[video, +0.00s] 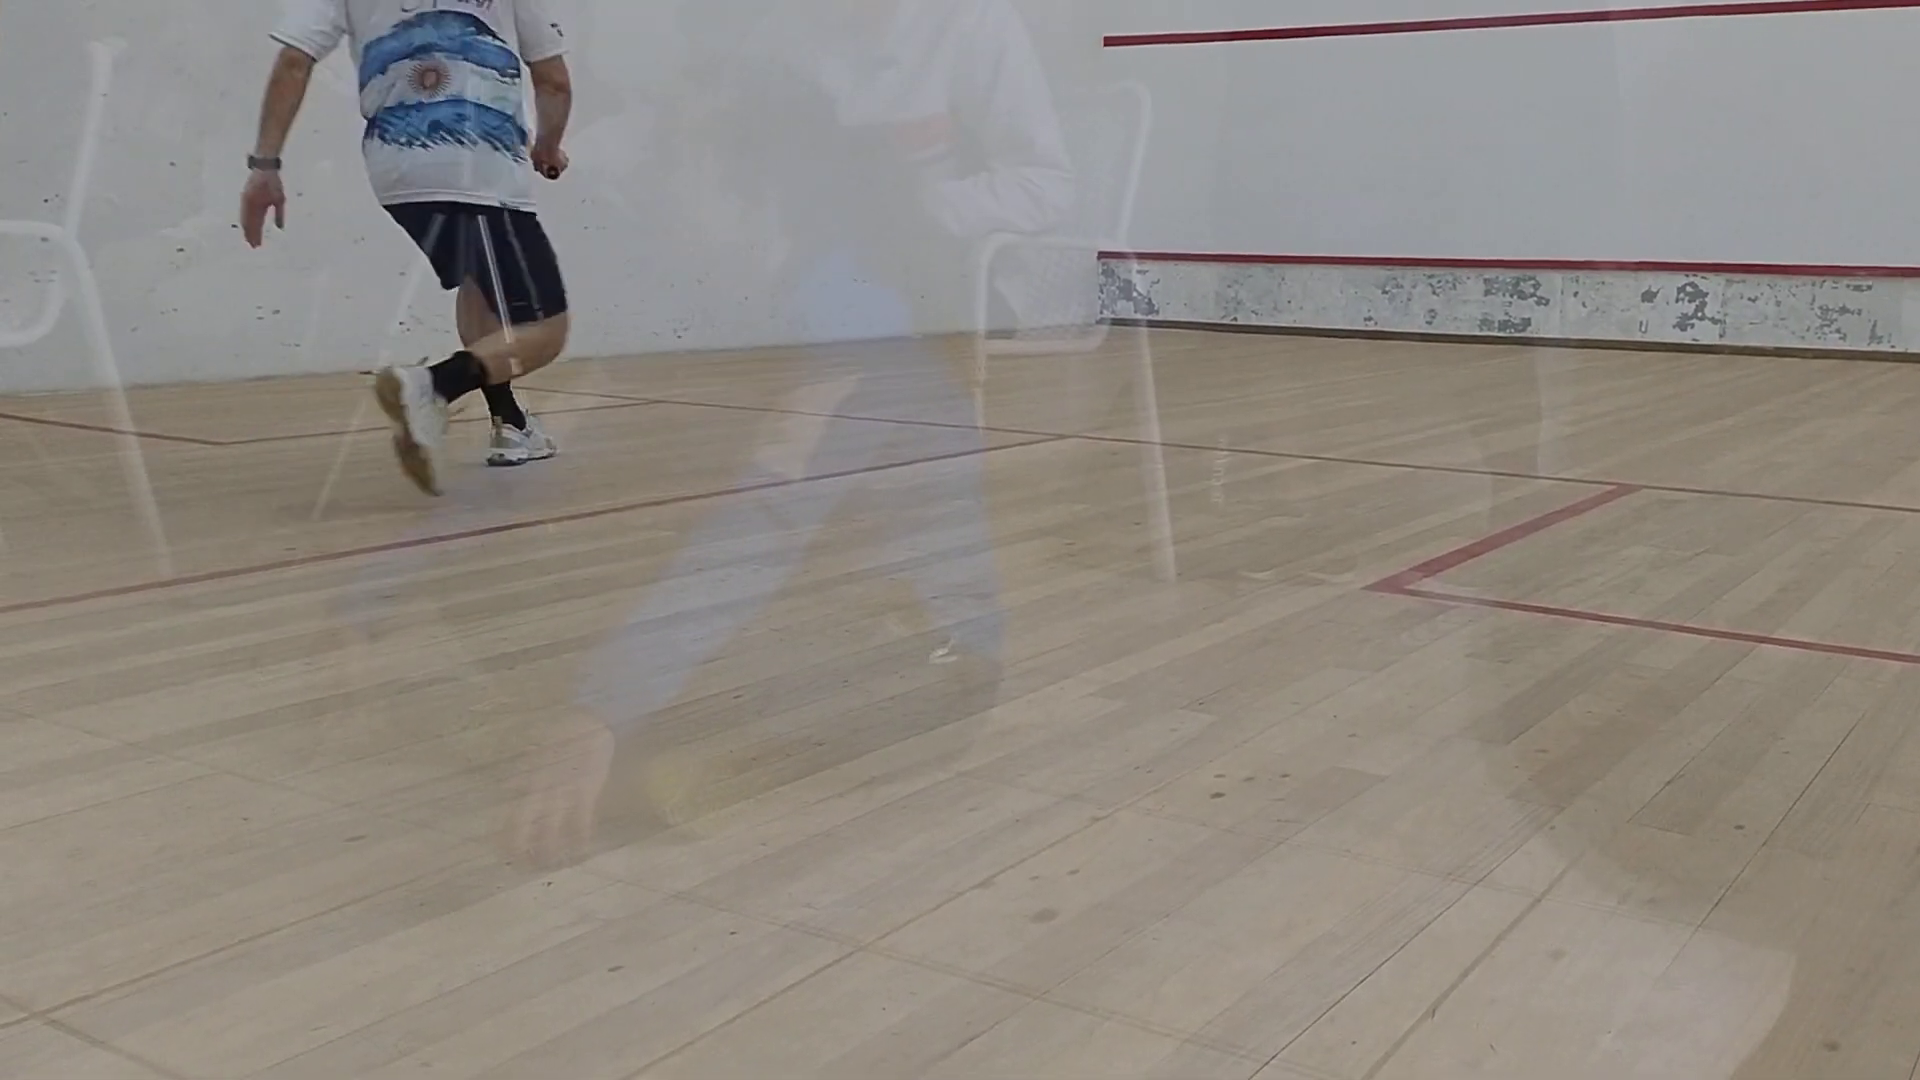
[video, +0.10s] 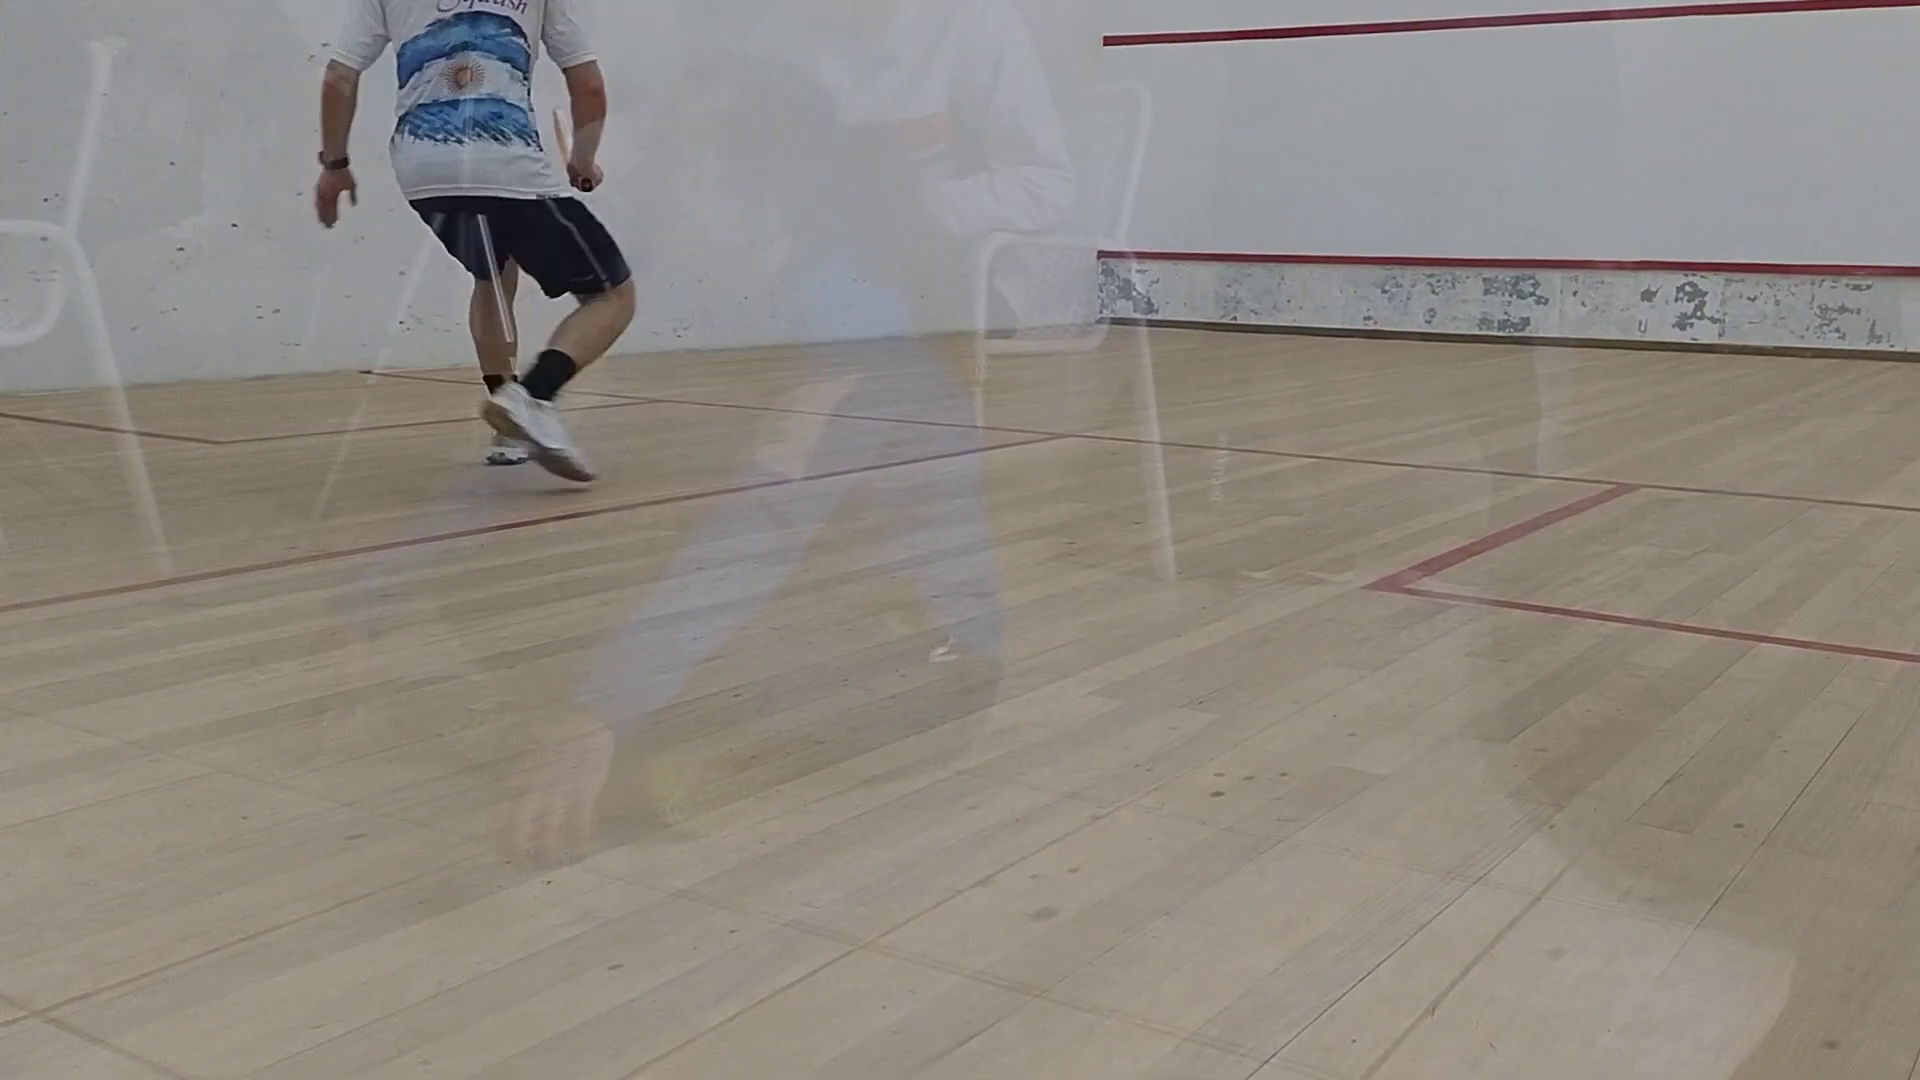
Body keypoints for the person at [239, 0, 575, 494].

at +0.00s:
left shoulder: (352, 0)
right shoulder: (506, 0)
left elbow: (294, 57)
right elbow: (554, 79)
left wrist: (265, 164)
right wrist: (547, 144)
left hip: (395, 175)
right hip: (481, 171)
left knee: (474, 283)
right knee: (545, 332)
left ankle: (511, 425)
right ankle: (430, 387)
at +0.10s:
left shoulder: (388, 1)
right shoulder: (536, 0)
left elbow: (337, 79)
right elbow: (589, 87)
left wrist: (334, 164)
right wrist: (583, 158)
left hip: (421, 173)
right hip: (511, 169)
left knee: (494, 274)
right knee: (613, 298)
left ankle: (508, 435)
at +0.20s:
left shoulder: (424, 1)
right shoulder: (563, 0)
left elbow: (376, 67)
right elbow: (614, 75)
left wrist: (391, 135)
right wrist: (616, 162)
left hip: (446, 165)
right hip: (533, 160)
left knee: (506, 270)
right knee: (644, 280)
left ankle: (513, 425)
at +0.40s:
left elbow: (432, 54)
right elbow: (665, 61)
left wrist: (447, 133)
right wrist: (674, 159)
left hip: (499, 150)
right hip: (585, 147)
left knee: (527, 269)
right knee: (680, 282)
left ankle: (513, 423)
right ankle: (715, 438)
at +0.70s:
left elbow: (446, 39)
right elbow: (684, 52)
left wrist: (441, 142)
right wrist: (711, 159)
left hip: (493, 141)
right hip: (589, 141)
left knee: (495, 258)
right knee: (676, 279)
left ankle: (476, 412)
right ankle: (714, 436)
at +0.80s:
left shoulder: (471, 5)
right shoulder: (617, 4)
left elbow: (411, 63)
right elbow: (659, 69)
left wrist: (401, 160)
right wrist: (691, 174)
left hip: (481, 165)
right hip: (579, 161)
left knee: (463, 269)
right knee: (676, 286)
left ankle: (434, 415)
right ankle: (714, 434)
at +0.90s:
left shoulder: (402, 4)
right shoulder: (553, 1)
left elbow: (338, 65)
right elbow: (598, 63)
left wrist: (333, 151)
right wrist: (630, 162)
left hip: (438, 170)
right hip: (538, 164)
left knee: (425, 281)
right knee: (640, 290)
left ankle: (424, 424)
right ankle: (712, 428)